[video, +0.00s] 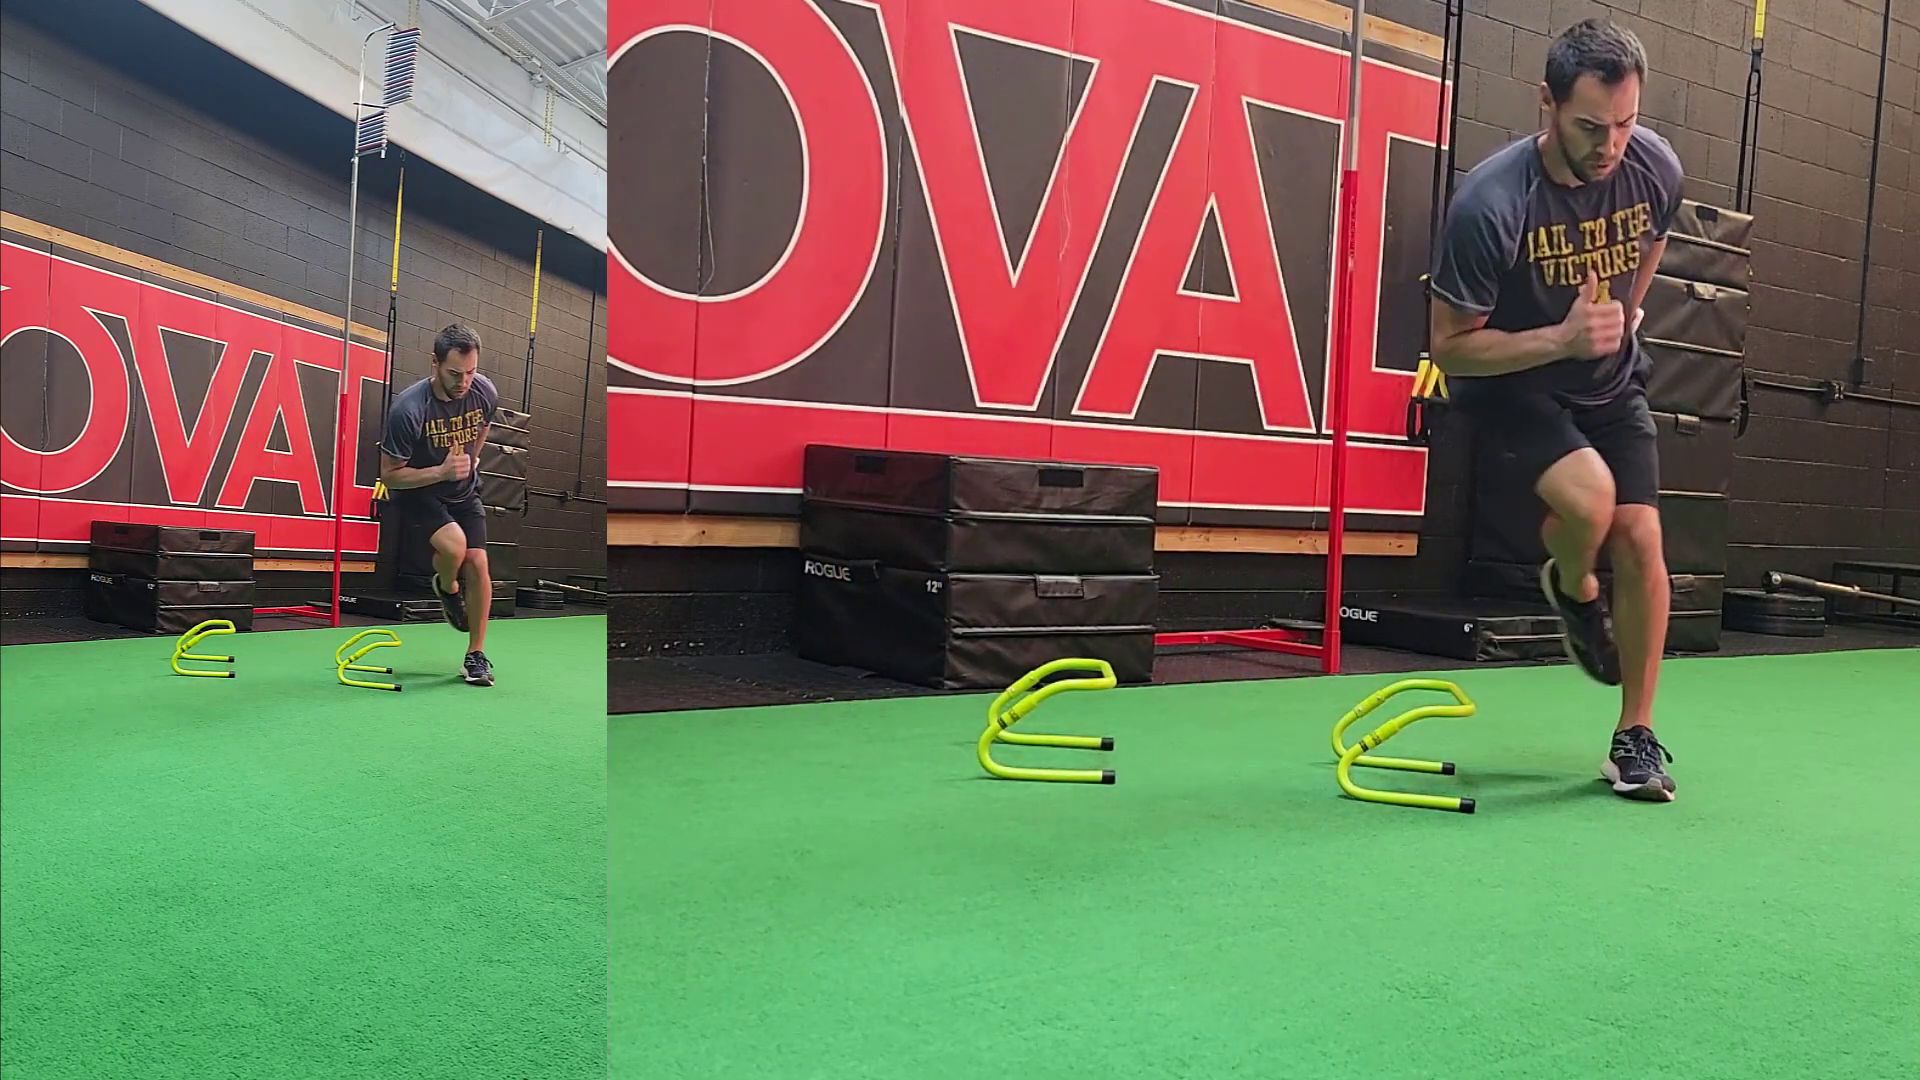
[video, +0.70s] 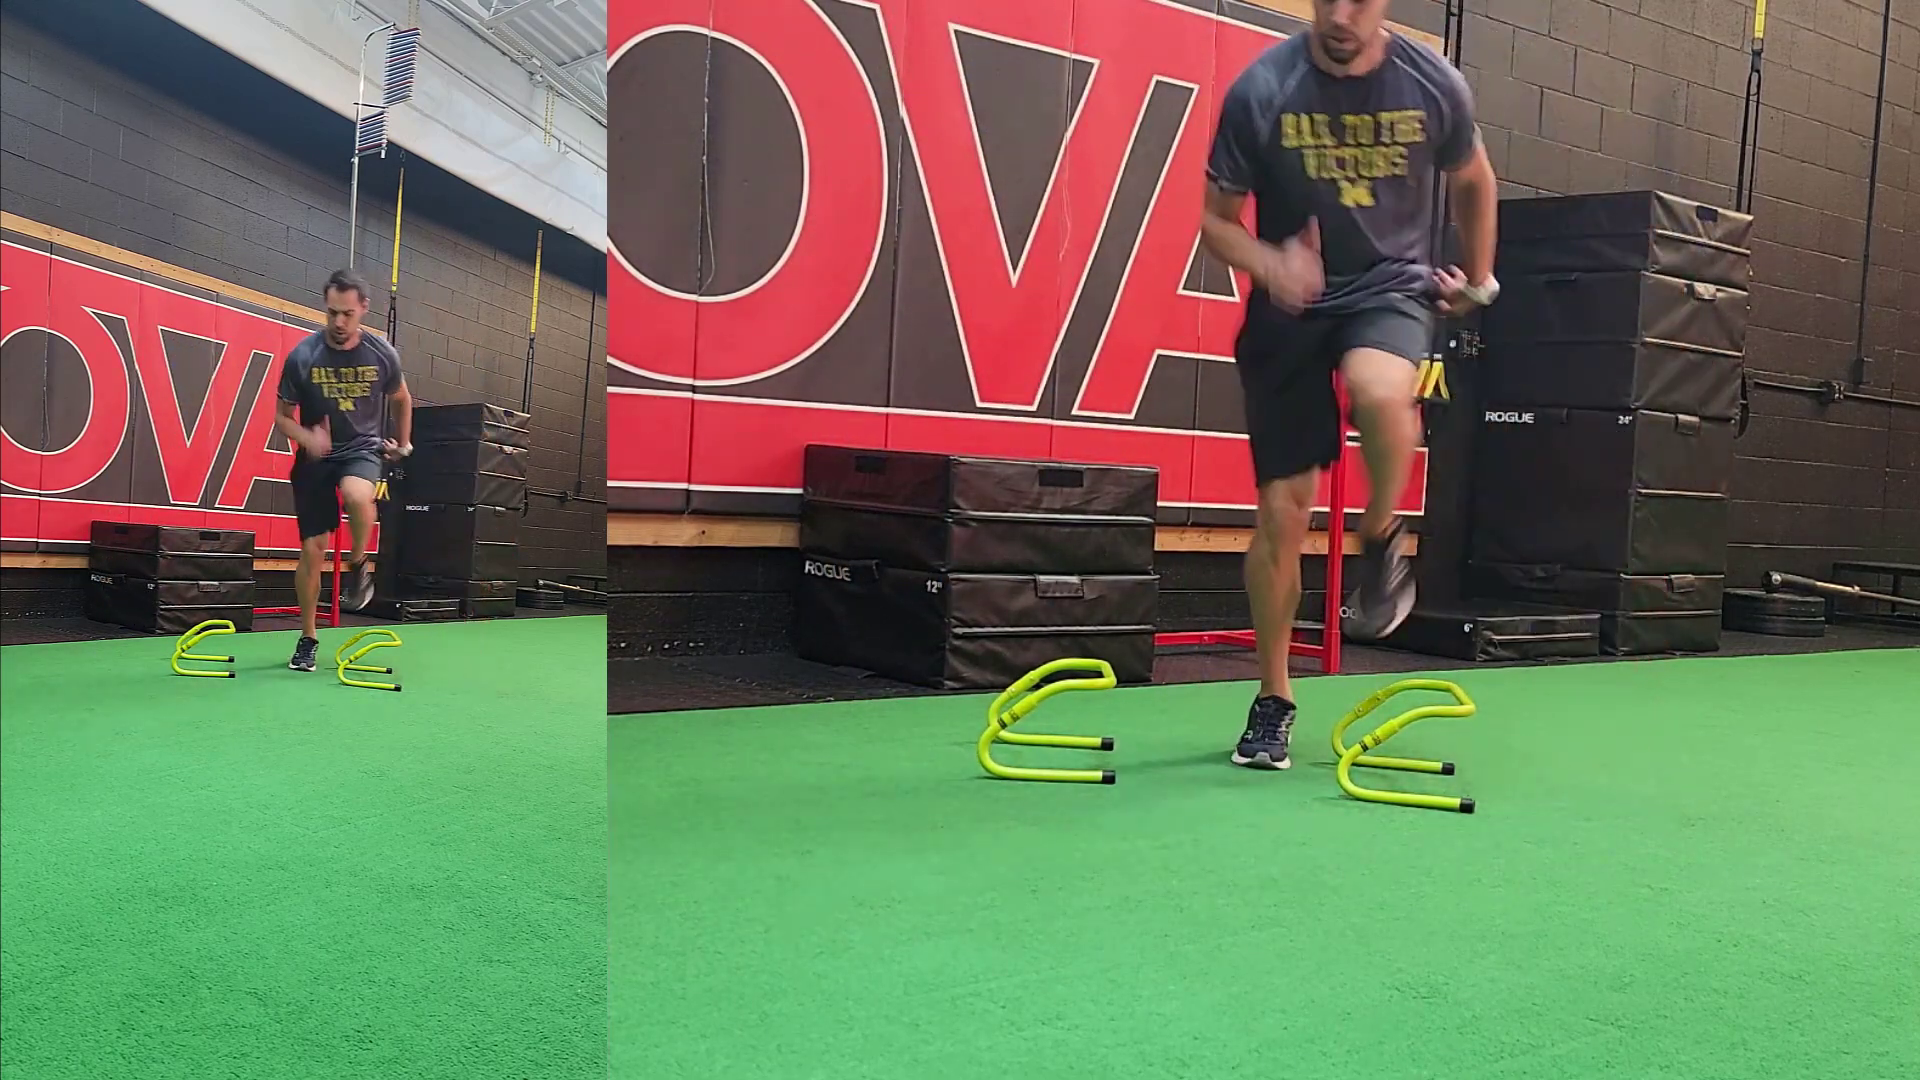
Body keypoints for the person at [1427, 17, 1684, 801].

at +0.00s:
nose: (1609, 147)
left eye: (1623, 126)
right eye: (1591, 128)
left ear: (1636, 109)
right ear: (1547, 107)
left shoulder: (1655, 169)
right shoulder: (1486, 202)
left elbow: (1653, 241)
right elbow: (1449, 348)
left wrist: (1626, 315)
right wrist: (1559, 339)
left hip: (1611, 378)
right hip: (1510, 385)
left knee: (1640, 536)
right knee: (1591, 499)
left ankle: (1635, 733)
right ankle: (1574, 590)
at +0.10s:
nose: (1614, 149)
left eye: (1629, 127)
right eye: (1596, 129)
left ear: (1644, 111)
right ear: (1554, 108)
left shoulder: (1665, 177)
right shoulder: (1496, 207)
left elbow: (1672, 246)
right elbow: (1439, 337)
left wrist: (1656, 323)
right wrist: (1533, 378)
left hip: (1622, 378)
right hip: (1513, 383)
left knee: (1653, 534)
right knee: (1600, 492)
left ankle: (1642, 733)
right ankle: (1593, 571)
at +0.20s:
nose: (1606, 139)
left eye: (1623, 119)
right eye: (1590, 118)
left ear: (1642, 107)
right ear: (1555, 100)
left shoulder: (1666, 188)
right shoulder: (1495, 192)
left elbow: (1685, 300)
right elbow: (1427, 317)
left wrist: (1692, 417)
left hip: (1611, 381)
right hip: (1506, 366)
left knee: (1640, 535)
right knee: (1563, 461)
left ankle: (1636, 734)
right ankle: (1559, 554)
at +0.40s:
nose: (1538, 78)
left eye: (1556, 59)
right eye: (1524, 56)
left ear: (1593, 49)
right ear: (1505, 44)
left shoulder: (1627, 145)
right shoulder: (1450, 141)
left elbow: (1658, 301)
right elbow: (1341, 216)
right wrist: (1268, 292)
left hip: (1563, 373)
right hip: (1454, 347)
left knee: (1609, 536)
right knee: (1433, 466)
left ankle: (1633, 734)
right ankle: (1337, 565)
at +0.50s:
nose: (1475, 17)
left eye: (1493, 3)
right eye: (1461, 1)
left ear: (1519, 9)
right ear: (1437, 3)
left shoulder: (1560, 80)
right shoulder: (1376, 91)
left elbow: (1605, 221)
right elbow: (1307, 189)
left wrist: (1552, 200)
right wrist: (1258, 294)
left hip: (1509, 330)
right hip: (1394, 315)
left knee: (1564, 504)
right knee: (1352, 486)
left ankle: (1624, 708)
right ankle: (1269, 646)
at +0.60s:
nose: (1403, 18)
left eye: (1420, 3)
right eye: (1388, 3)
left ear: (1447, 6)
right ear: (1365, 6)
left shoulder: (1489, 81)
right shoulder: (1313, 100)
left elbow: (1515, 195)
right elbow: (1272, 229)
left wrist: (1524, 314)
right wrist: (1266, 354)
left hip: (1452, 310)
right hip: (1337, 313)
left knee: (1483, 451)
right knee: (1310, 513)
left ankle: (1508, 559)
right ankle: (1277, 695)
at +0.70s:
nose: (1342, 17)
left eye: (1360, 3)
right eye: (1329, 2)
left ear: (1387, 7)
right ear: (1309, 4)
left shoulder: (1436, 87)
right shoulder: (1257, 94)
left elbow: (1472, 181)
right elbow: (1215, 221)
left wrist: (1480, 280)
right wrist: (1266, 262)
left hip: (1393, 290)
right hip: (1289, 302)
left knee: (1379, 391)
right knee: (1284, 511)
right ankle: (1274, 698)